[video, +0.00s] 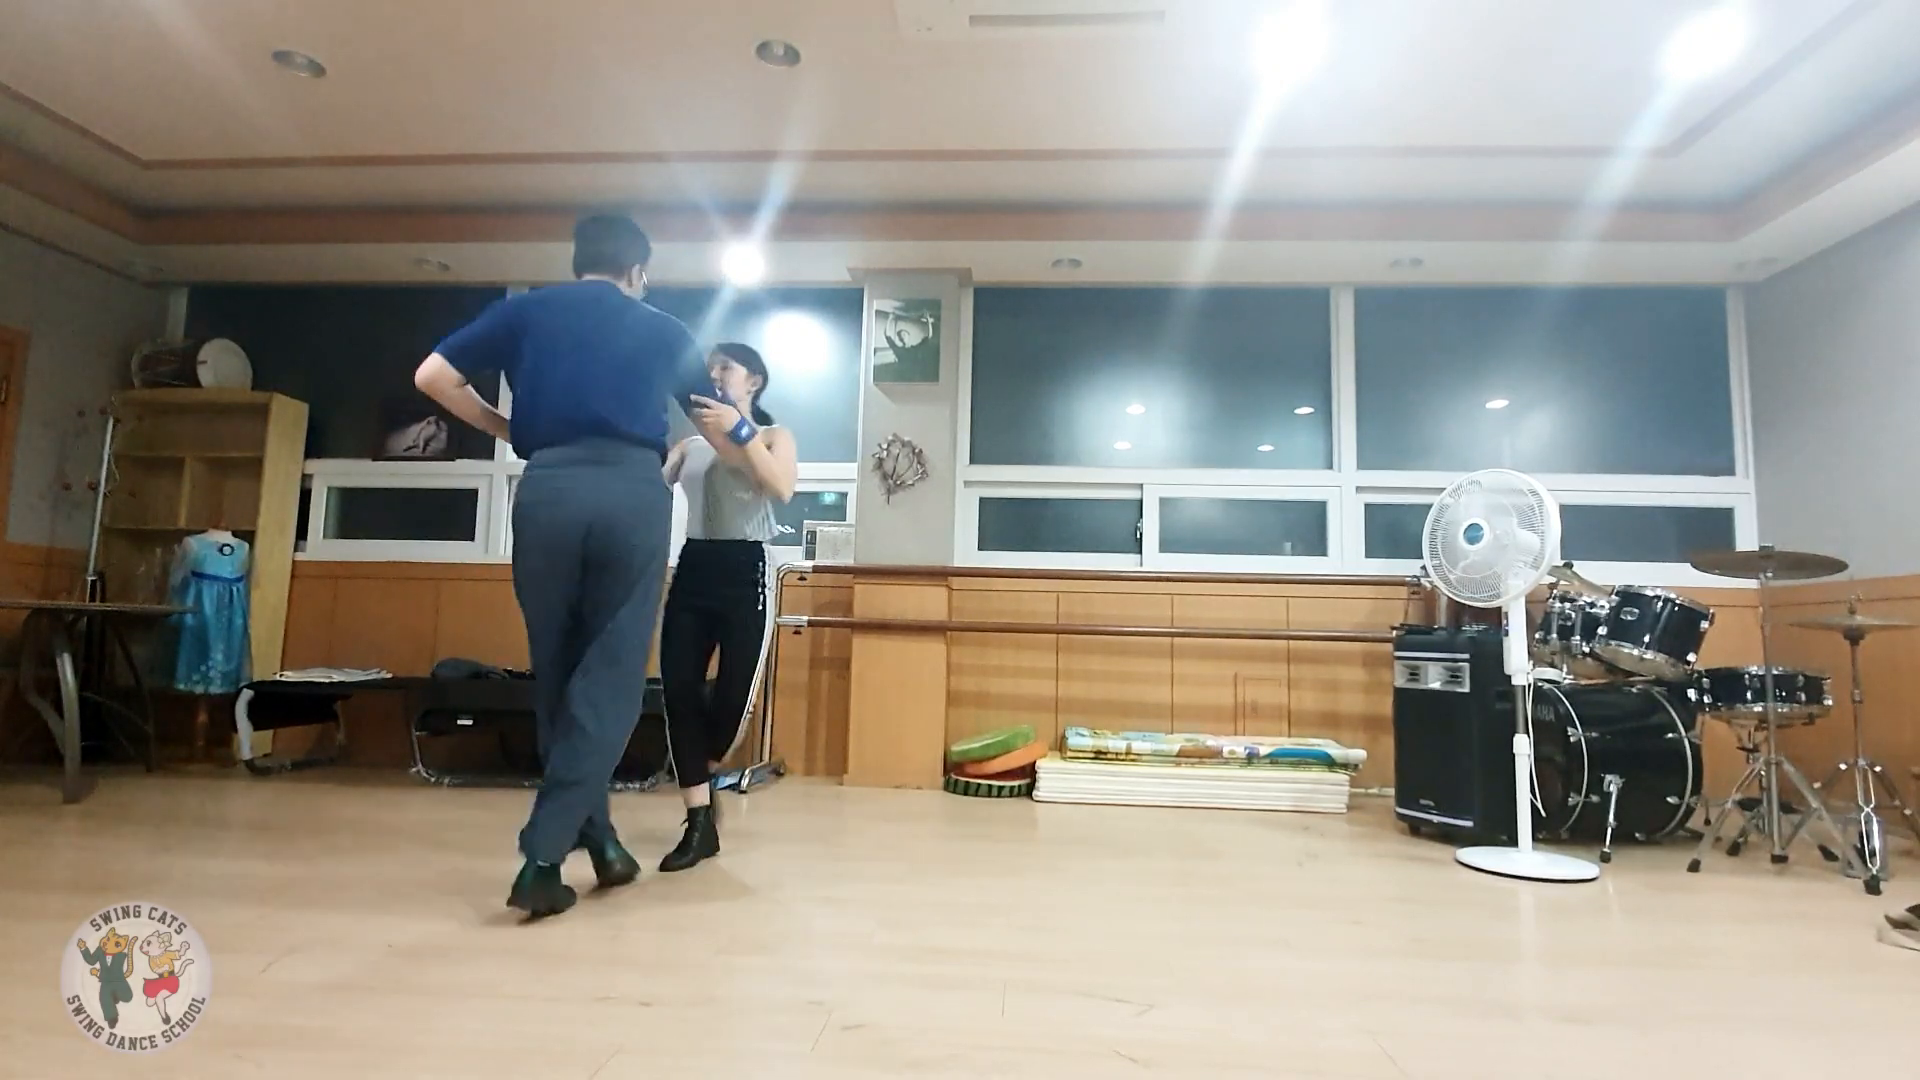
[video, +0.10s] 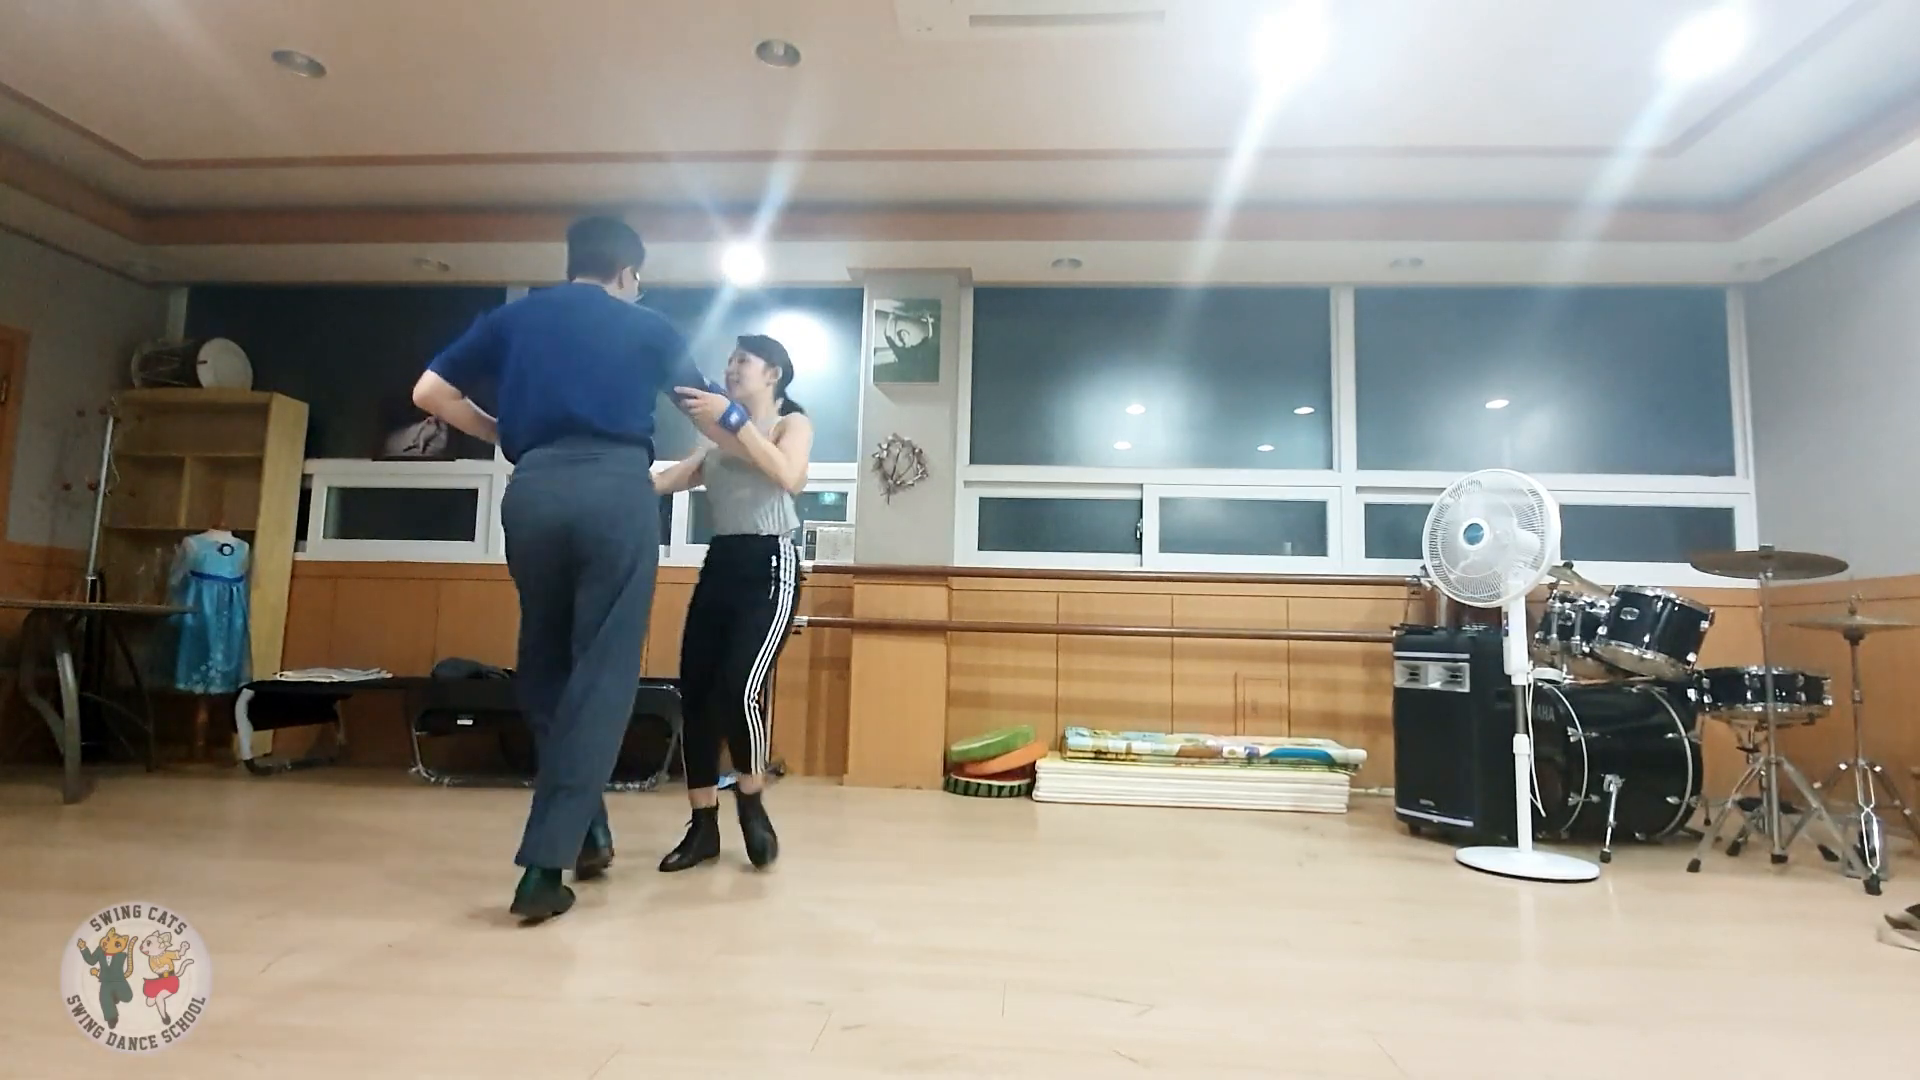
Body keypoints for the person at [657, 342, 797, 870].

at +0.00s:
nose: (716, 376)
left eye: (728, 368)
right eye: (712, 367)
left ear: (754, 382)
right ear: (705, 378)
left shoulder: (774, 436)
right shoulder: (692, 438)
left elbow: (782, 488)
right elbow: (652, 488)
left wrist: (736, 433)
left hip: (747, 573)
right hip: (693, 568)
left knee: (733, 701)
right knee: (679, 692)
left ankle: (703, 767)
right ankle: (700, 821)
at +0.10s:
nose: (730, 367)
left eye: (743, 360)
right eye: (730, 360)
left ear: (774, 375)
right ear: (729, 377)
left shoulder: (793, 423)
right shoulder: (720, 435)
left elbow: (792, 477)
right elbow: (663, 480)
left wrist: (729, 423)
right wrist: (606, 468)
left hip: (772, 562)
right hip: (722, 562)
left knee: (741, 686)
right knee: (697, 690)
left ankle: (751, 804)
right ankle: (703, 825)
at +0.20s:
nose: (744, 361)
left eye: (756, 353)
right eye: (747, 353)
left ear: (787, 364)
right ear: (768, 367)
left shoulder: (809, 407)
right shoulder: (752, 433)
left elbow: (783, 457)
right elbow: (692, 479)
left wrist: (712, 407)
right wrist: (627, 475)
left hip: (791, 560)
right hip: (747, 564)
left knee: (751, 693)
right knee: (714, 691)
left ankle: (768, 844)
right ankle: (707, 825)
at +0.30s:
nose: (758, 356)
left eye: (768, 348)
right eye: (762, 348)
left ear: (796, 357)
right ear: (791, 360)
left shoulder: (812, 397)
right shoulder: (767, 427)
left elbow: (769, 440)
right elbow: (712, 484)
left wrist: (700, 400)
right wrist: (642, 479)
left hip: (808, 558)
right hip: (774, 564)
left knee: (766, 701)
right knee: (718, 692)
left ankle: (790, 859)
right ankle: (721, 820)